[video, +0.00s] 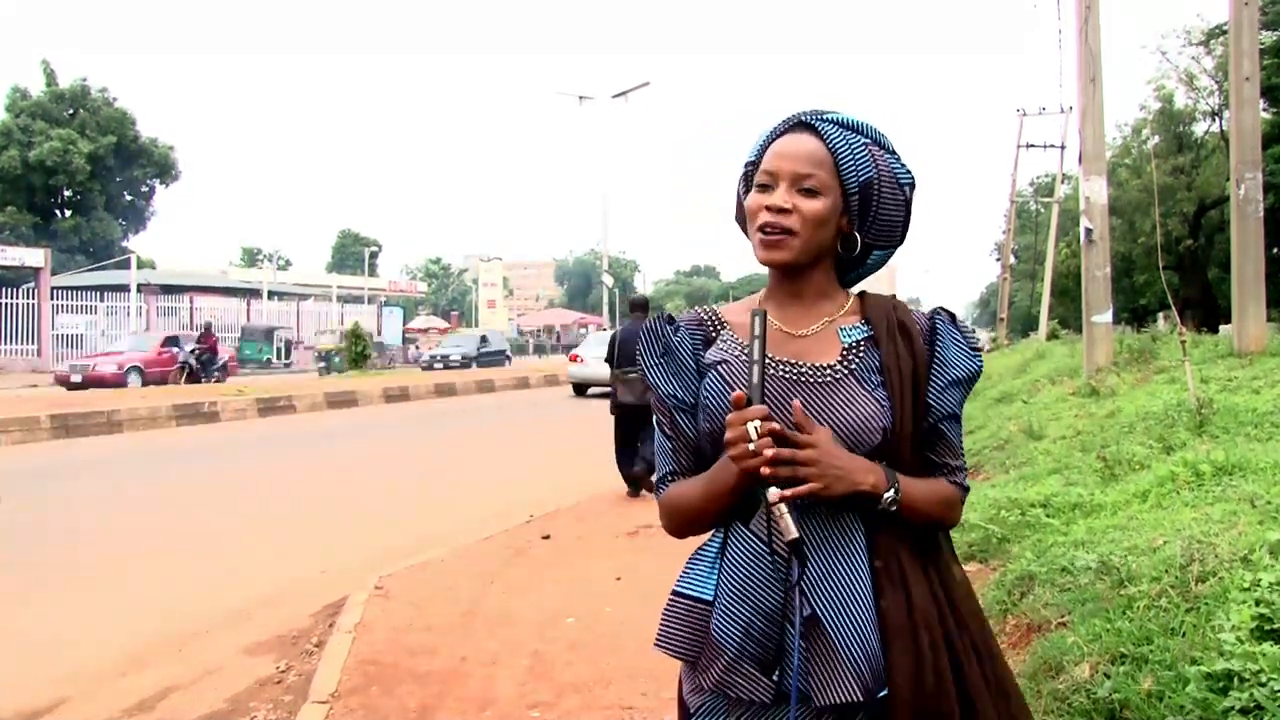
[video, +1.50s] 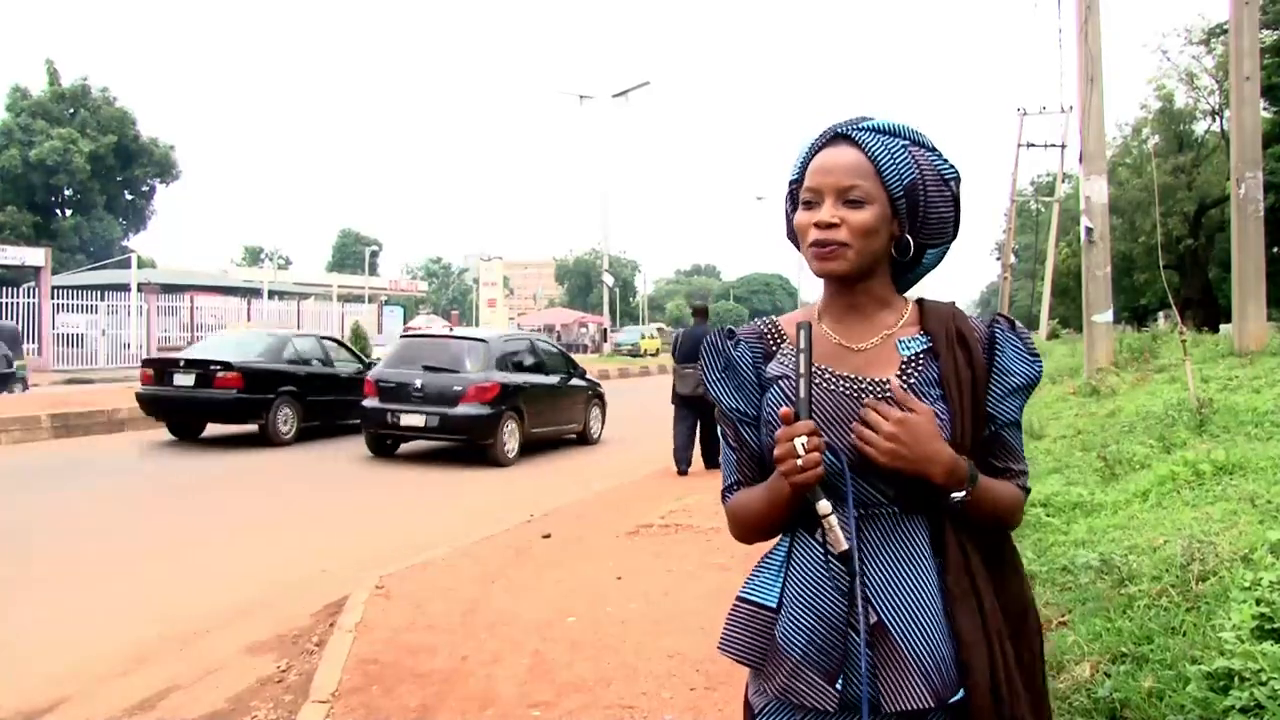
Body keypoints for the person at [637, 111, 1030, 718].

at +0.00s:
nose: (776, 203)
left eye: (806, 190)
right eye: (764, 185)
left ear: (848, 217)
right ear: (745, 200)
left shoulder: (911, 339)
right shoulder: (699, 339)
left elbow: (950, 500)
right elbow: (674, 516)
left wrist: (865, 475)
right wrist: (732, 468)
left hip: (878, 630)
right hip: (742, 636)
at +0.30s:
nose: (796, 198)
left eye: (824, 180)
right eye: (780, 183)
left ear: (867, 204)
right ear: (762, 206)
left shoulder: (927, 331)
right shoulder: (721, 335)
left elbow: (968, 499)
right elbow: (697, 509)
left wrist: (909, 456)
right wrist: (758, 454)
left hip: (904, 625)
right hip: (768, 629)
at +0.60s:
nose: (804, 209)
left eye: (830, 189)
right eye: (788, 195)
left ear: (878, 208)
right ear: (774, 217)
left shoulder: (953, 338)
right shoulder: (742, 346)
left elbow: (991, 494)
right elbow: (725, 516)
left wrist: (942, 491)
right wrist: (768, 467)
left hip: (917, 643)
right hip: (787, 644)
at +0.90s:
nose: (812, 202)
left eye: (840, 184)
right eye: (799, 187)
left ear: (889, 208)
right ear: (785, 207)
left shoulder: (962, 336)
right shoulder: (752, 343)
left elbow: (1003, 497)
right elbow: (736, 512)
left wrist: (935, 481)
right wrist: (766, 468)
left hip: (926, 635)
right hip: (794, 637)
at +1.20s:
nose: (824, 201)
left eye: (852, 182)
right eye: (809, 186)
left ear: (899, 205)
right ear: (795, 208)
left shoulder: (966, 334)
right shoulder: (760, 340)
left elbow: (1004, 510)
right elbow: (739, 511)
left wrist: (949, 438)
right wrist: (775, 463)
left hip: (927, 635)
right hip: (795, 636)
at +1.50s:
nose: (824, 219)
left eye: (852, 202)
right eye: (810, 202)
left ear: (899, 223)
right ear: (795, 217)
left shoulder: (968, 345)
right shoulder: (758, 353)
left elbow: (1010, 504)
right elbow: (743, 523)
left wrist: (946, 466)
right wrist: (784, 482)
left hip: (940, 643)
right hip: (807, 646)